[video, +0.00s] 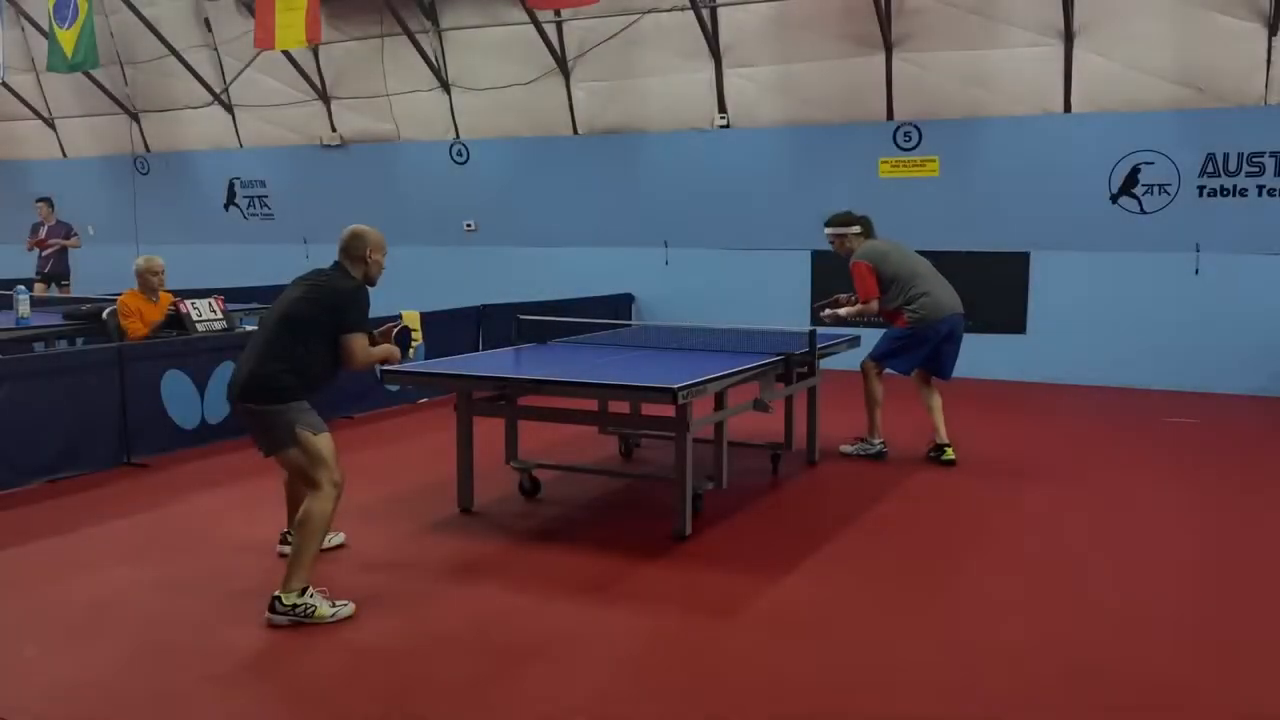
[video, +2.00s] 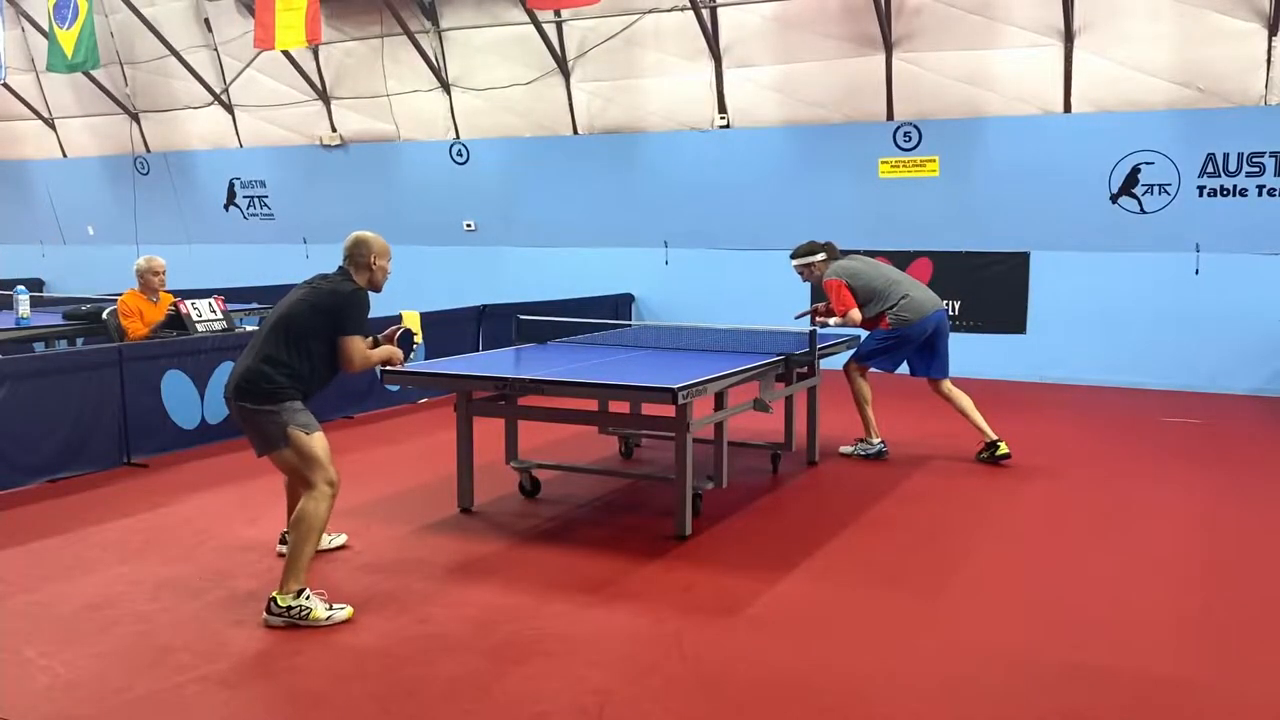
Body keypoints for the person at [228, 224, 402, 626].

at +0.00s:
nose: (384, 266)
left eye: (384, 258)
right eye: (382, 258)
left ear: (345, 255)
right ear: (368, 258)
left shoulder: (315, 279)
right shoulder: (351, 292)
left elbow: (319, 341)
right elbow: (355, 358)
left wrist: (366, 345)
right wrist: (385, 352)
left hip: (251, 388)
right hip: (277, 393)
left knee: (299, 463)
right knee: (328, 483)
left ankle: (298, 532)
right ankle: (291, 595)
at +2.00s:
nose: (389, 269)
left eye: (389, 263)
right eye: (387, 263)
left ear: (351, 262)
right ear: (372, 264)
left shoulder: (321, 285)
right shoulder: (351, 296)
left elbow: (332, 349)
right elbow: (353, 361)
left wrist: (372, 345)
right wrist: (386, 353)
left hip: (247, 389)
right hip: (270, 393)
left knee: (299, 466)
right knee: (324, 483)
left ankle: (297, 533)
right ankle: (289, 596)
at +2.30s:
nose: (389, 268)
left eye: (389, 261)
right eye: (387, 261)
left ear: (351, 260)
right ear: (371, 262)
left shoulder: (320, 282)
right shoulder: (350, 295)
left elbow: (330, 349)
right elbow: (352, 360)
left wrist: (372, 343)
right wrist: (386, 351)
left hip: (247, 386)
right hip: (269, 391)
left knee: (300, 472)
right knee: (316, 482)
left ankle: (298, 534)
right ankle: (286, 597)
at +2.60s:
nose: (387, 264)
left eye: (387, 257)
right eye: (385, 257)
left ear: (347, 256)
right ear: (370, 258)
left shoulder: (316, 280)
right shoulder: (352, 291)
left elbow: (326, 344)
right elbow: (355, 357)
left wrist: (369, 344)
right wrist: (386, 349)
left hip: (248, 389)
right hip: (276, 393)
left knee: (297, 464)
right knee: (331, 484)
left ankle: (297, 533)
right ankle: (289, 597)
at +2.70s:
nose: (387, 263)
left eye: (387, 255)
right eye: (385, 255)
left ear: (347, 254)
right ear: (370, 256)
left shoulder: (316, 278)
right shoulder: (351, 289)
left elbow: (327, 342)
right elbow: (355, 354)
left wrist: (369, 341)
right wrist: (385, 347)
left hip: (250, 386)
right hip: (277, 391)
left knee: (298, 464)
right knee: (328, 484)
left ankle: (298, 533)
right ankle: (289, 596)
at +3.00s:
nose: (389, 257)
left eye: (388, 250)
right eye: (387, 250)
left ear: (350, 248)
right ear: (371, 251)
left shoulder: (322, 273)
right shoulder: (348, 284)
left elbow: (337, 340)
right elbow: (352, 350)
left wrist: (374, 334)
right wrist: (386, 342)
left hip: (261, 379)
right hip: (274, 385)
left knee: (313, 447)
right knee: (310, 482)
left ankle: (300, 531)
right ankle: (288, 596)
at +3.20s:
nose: (388, 254)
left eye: (387, 247)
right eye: (386, 247)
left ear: (350, 245)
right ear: (370, 247)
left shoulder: (322, 271)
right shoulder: (348, 282)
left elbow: (339, 337)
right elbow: (356, 348)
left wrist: (378, 328)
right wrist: (387, 339)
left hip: (261, 379)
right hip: (274, 385)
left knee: (309, 464)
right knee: (311, 483)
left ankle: (300, 533)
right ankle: (288, 597)